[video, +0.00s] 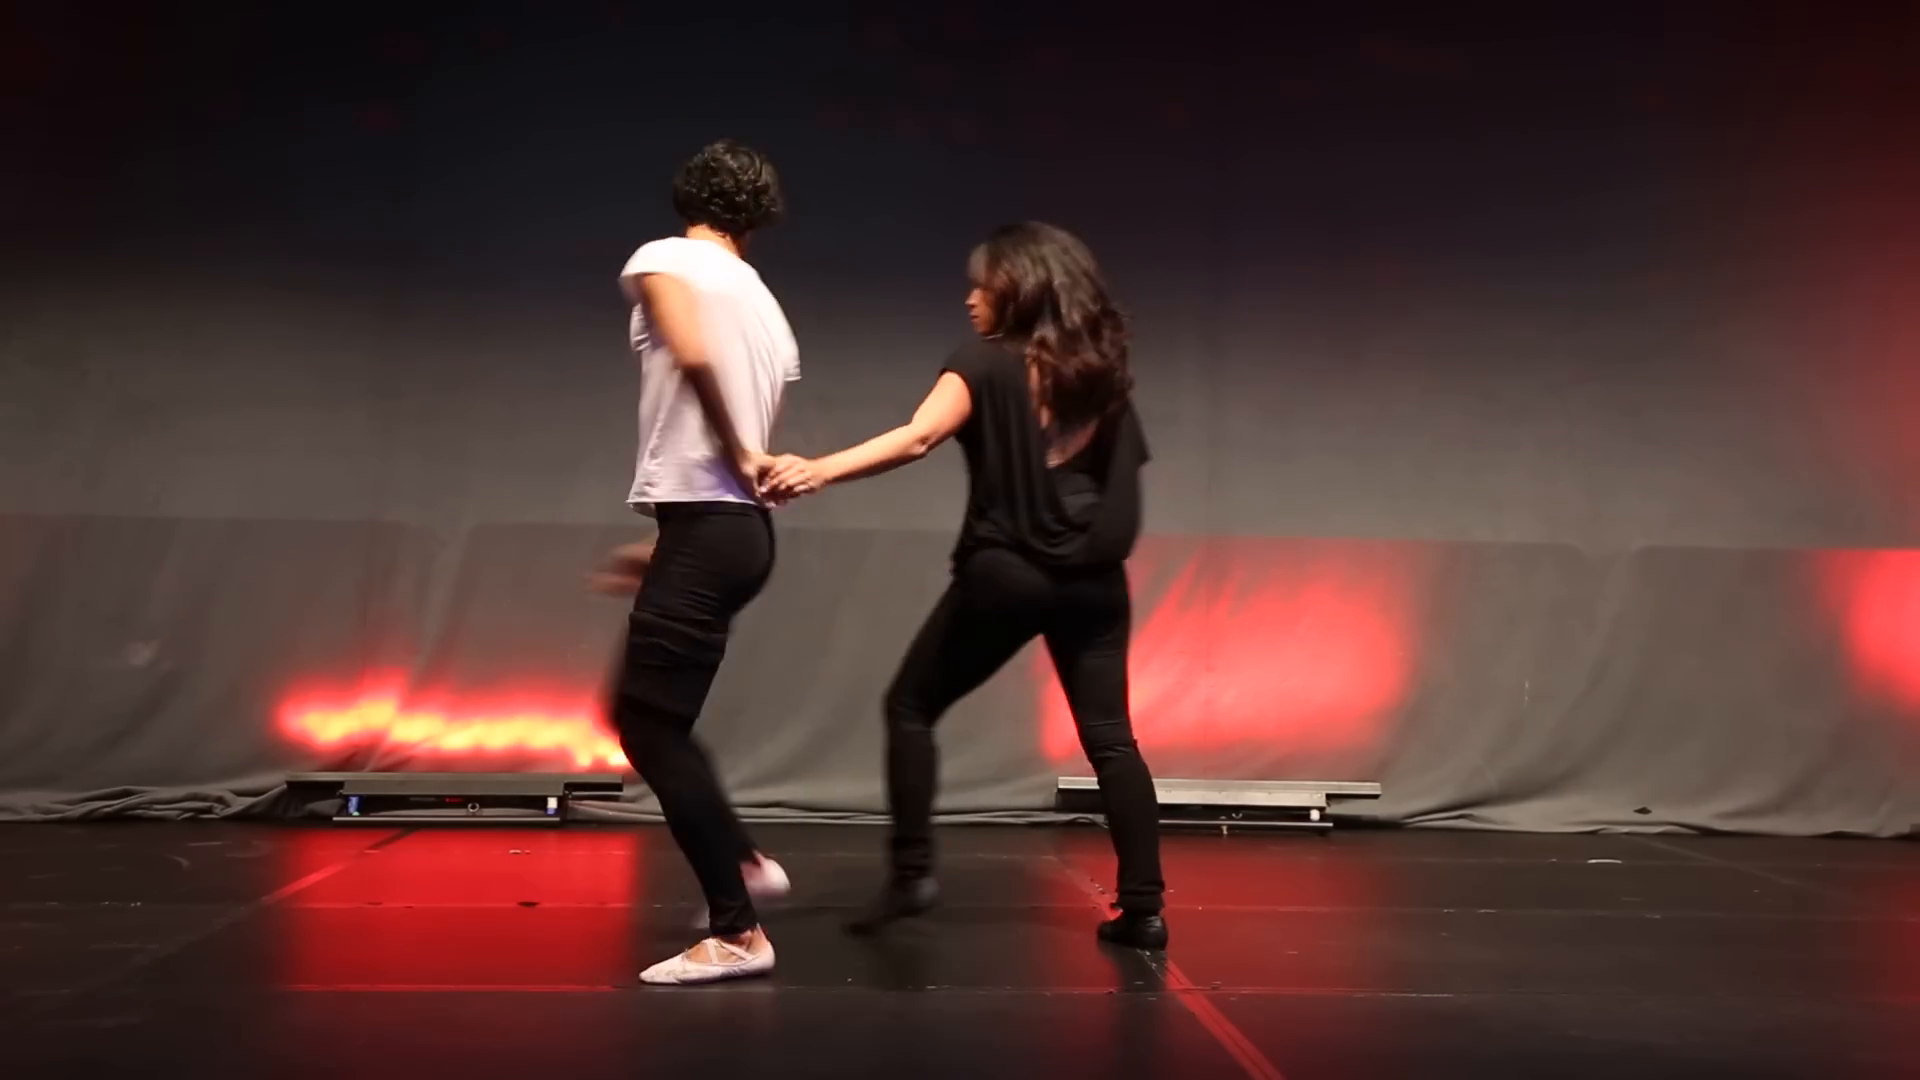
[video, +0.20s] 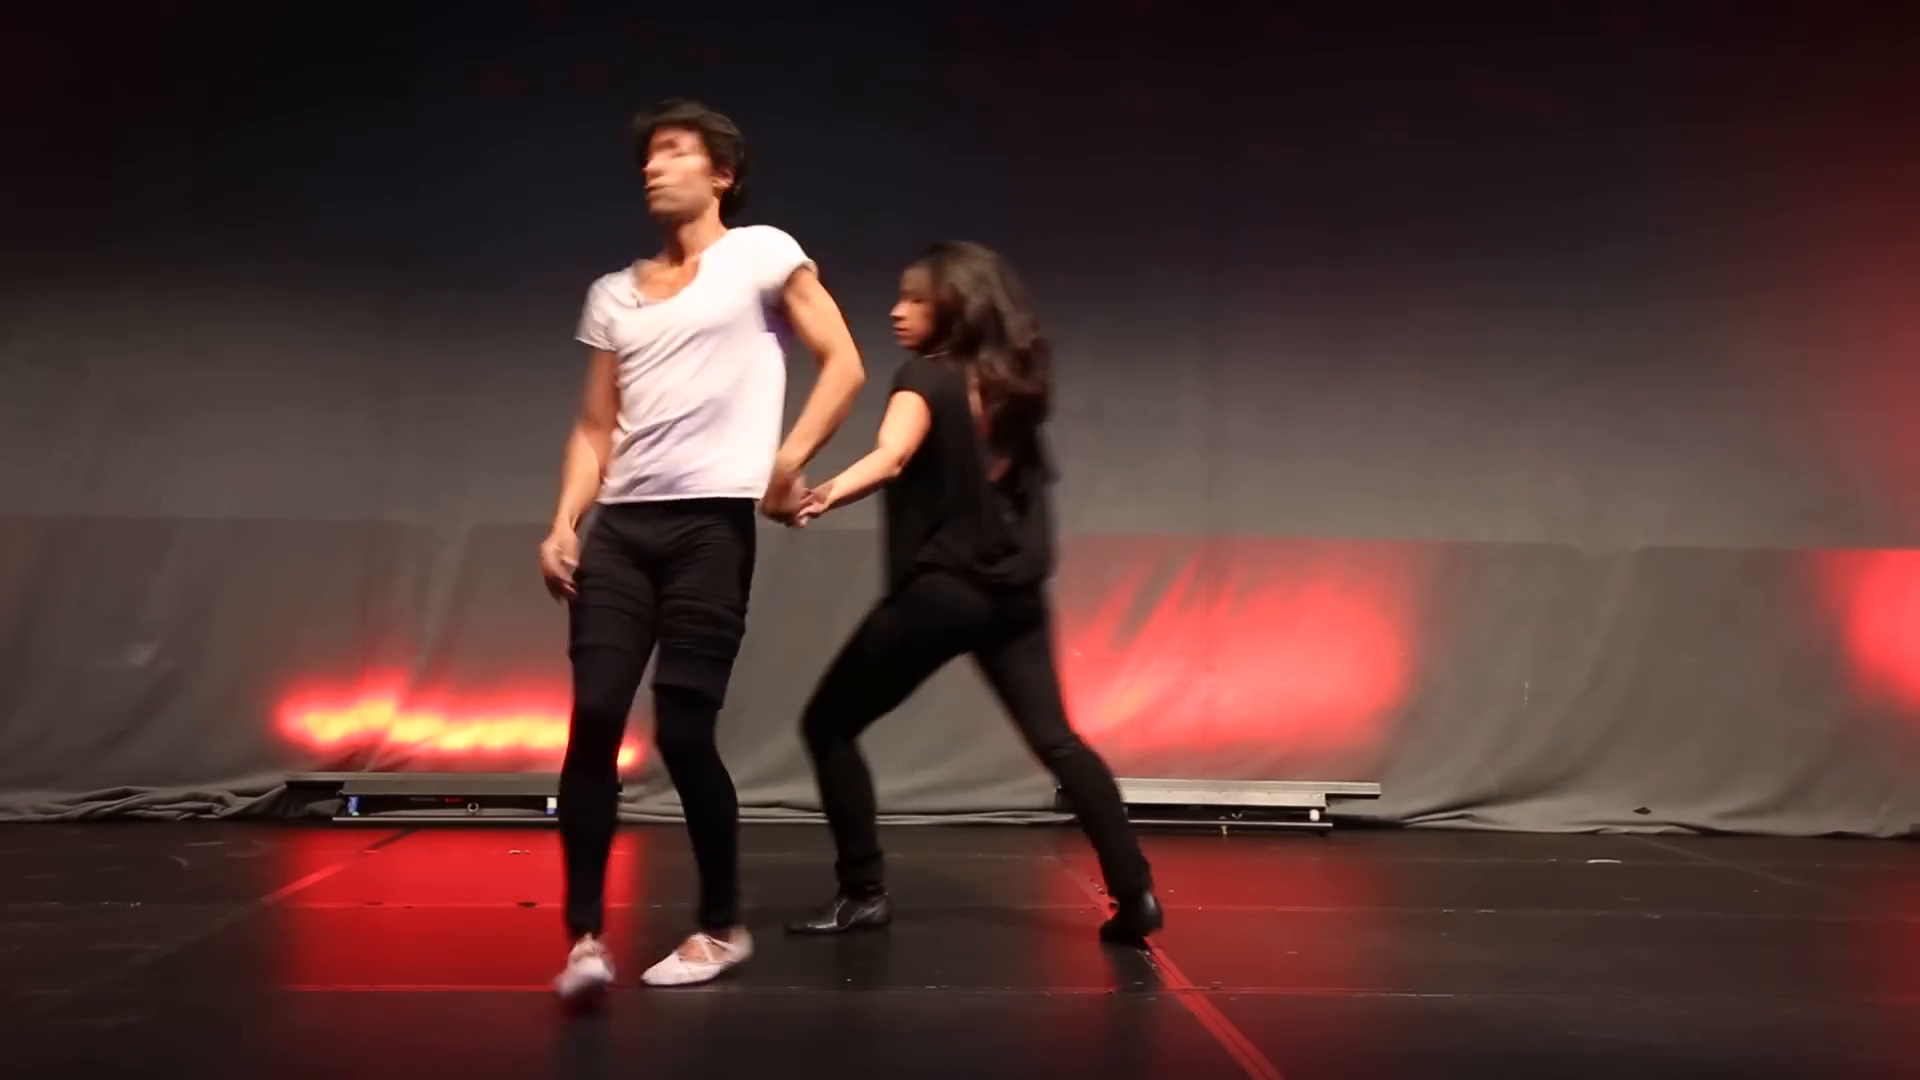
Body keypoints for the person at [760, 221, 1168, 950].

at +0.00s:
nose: (972, 299)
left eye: (981, 286)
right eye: (974, 284)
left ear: (1020, 289)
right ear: (1057, 289)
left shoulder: (981, 365)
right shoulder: (1103, 371)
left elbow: (917, 437)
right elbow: (1127, 469)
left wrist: (819, 470)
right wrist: (1092, 549)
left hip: (1000, 582)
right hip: (1092, 582)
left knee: (910, 706)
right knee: (1112, 739)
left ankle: (910, 875)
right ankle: (1144, 913)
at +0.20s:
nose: (897, 311)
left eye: (911, 299)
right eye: (900, 297)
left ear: (952, 306)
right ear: (970, 308)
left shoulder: (923, 378)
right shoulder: (1010, 381)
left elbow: (891, 455)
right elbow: (1030, 481)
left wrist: (825, 495)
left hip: (939, 594)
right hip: (1012, 595)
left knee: (827, 721)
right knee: (1058, 743)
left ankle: (861, 895)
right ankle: (1134, 895)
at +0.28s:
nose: (865, 309)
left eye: (881, 297)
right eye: (867, 295)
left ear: (919, 306)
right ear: (934, 310)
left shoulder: (900, 379)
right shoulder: (955, 382)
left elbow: (871, 454)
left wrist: (817, 480)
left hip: (887, 601)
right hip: (954, 601)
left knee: (800, 734)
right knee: (993, 739)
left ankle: (859, 894)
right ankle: (1108, 863)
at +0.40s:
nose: (820, 309)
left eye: (836, 296)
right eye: (818, 297)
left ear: (877, 306)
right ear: (817, 308)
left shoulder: (878, 385)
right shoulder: (838, 391)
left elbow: (848, 412)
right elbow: (807, 447)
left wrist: (839, 353)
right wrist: (755, 401)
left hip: (854, 589)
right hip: (845, 589)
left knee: (791, 743)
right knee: (813, 741)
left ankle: (859, 895)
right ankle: (952, 835)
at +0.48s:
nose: (778, 304)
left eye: (793, 293)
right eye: (778, 293)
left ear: (833, 308)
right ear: (780, 315)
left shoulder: (850, 386)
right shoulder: (785, 401)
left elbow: (870, 375)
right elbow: (731, 440)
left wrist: (860, 293)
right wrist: (667, 401)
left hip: (840, 590)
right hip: (800, 590)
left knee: (779, 743)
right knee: (728, 731)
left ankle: (859, 892)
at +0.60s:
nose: (745, 294)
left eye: (759, 280)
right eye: (740, 278)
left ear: (788, 292)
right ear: (730, 286)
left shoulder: (815, 353)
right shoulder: (715, 347)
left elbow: (864, 303)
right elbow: (719, 236)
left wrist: (844, 203)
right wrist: (782, 158)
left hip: (791, 565)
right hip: (713, 561)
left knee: (785, 740)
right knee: (651, 720)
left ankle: (852, 885)